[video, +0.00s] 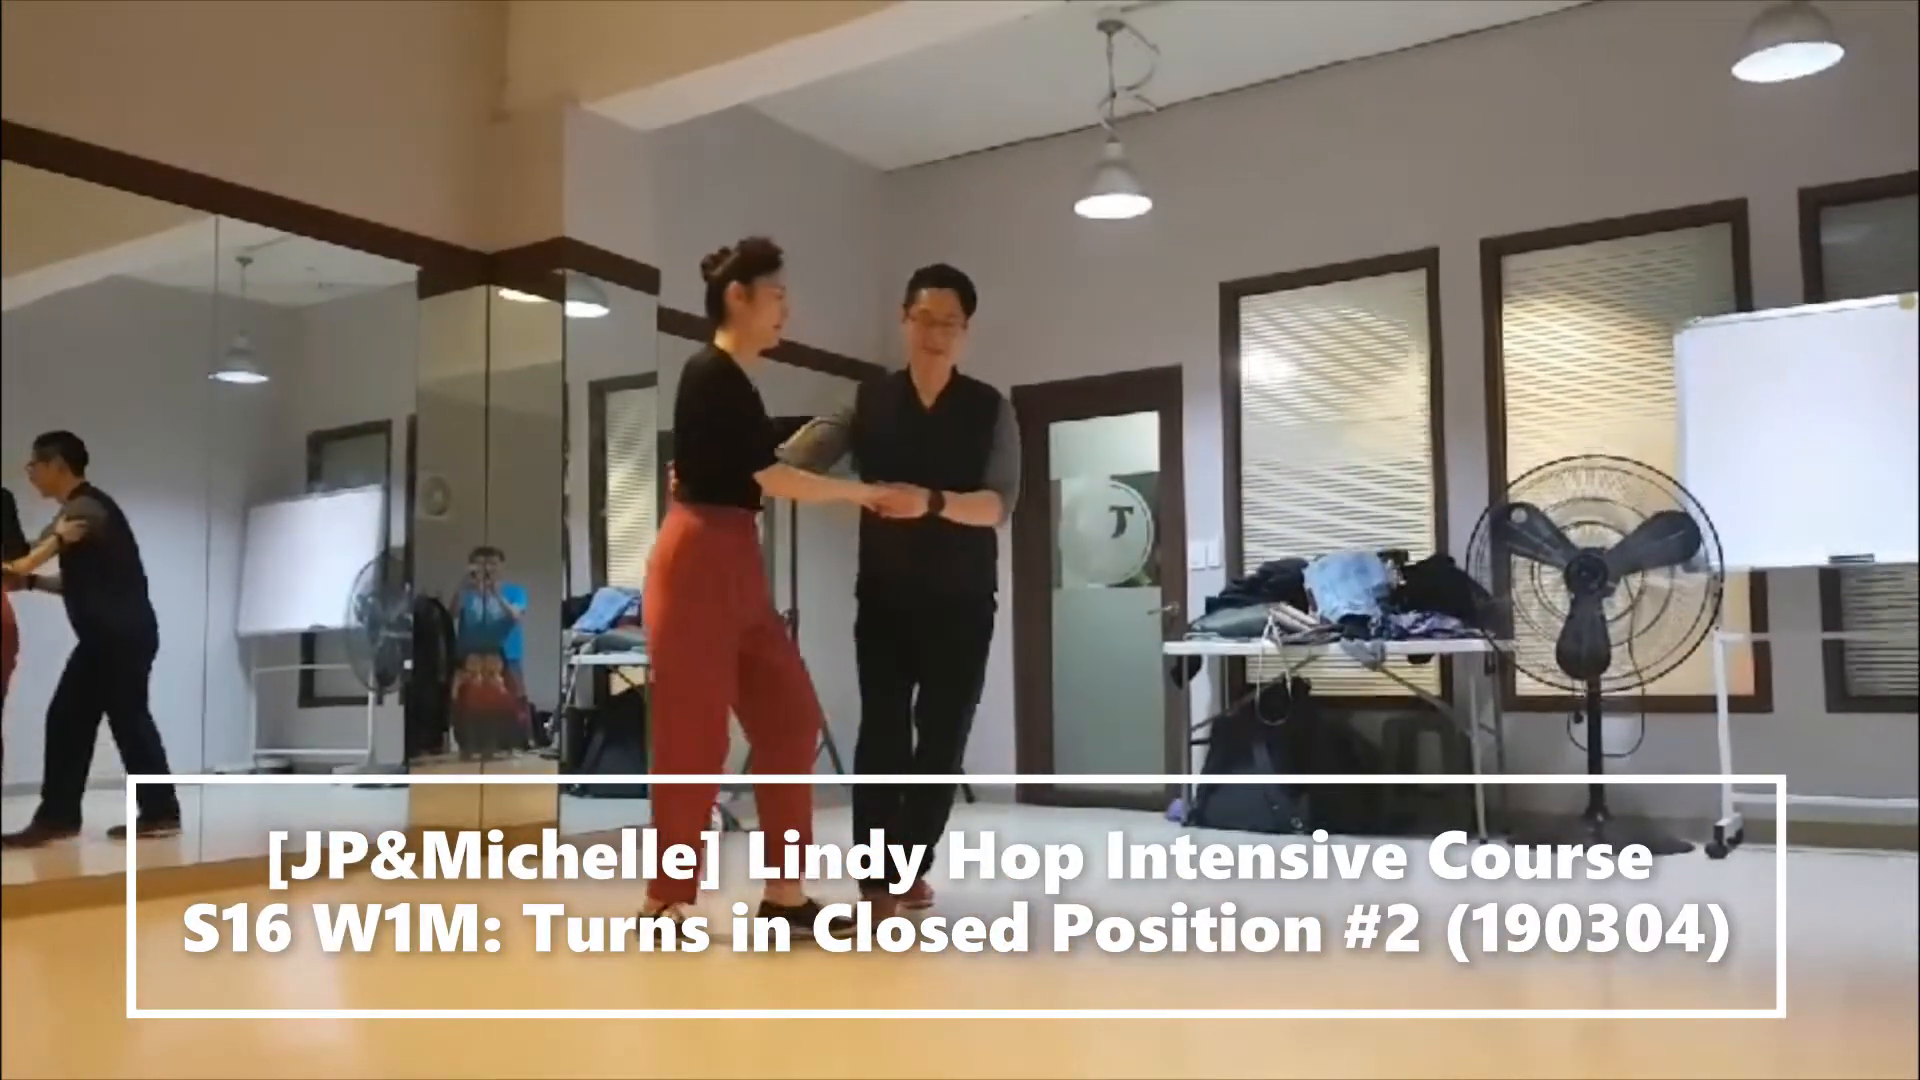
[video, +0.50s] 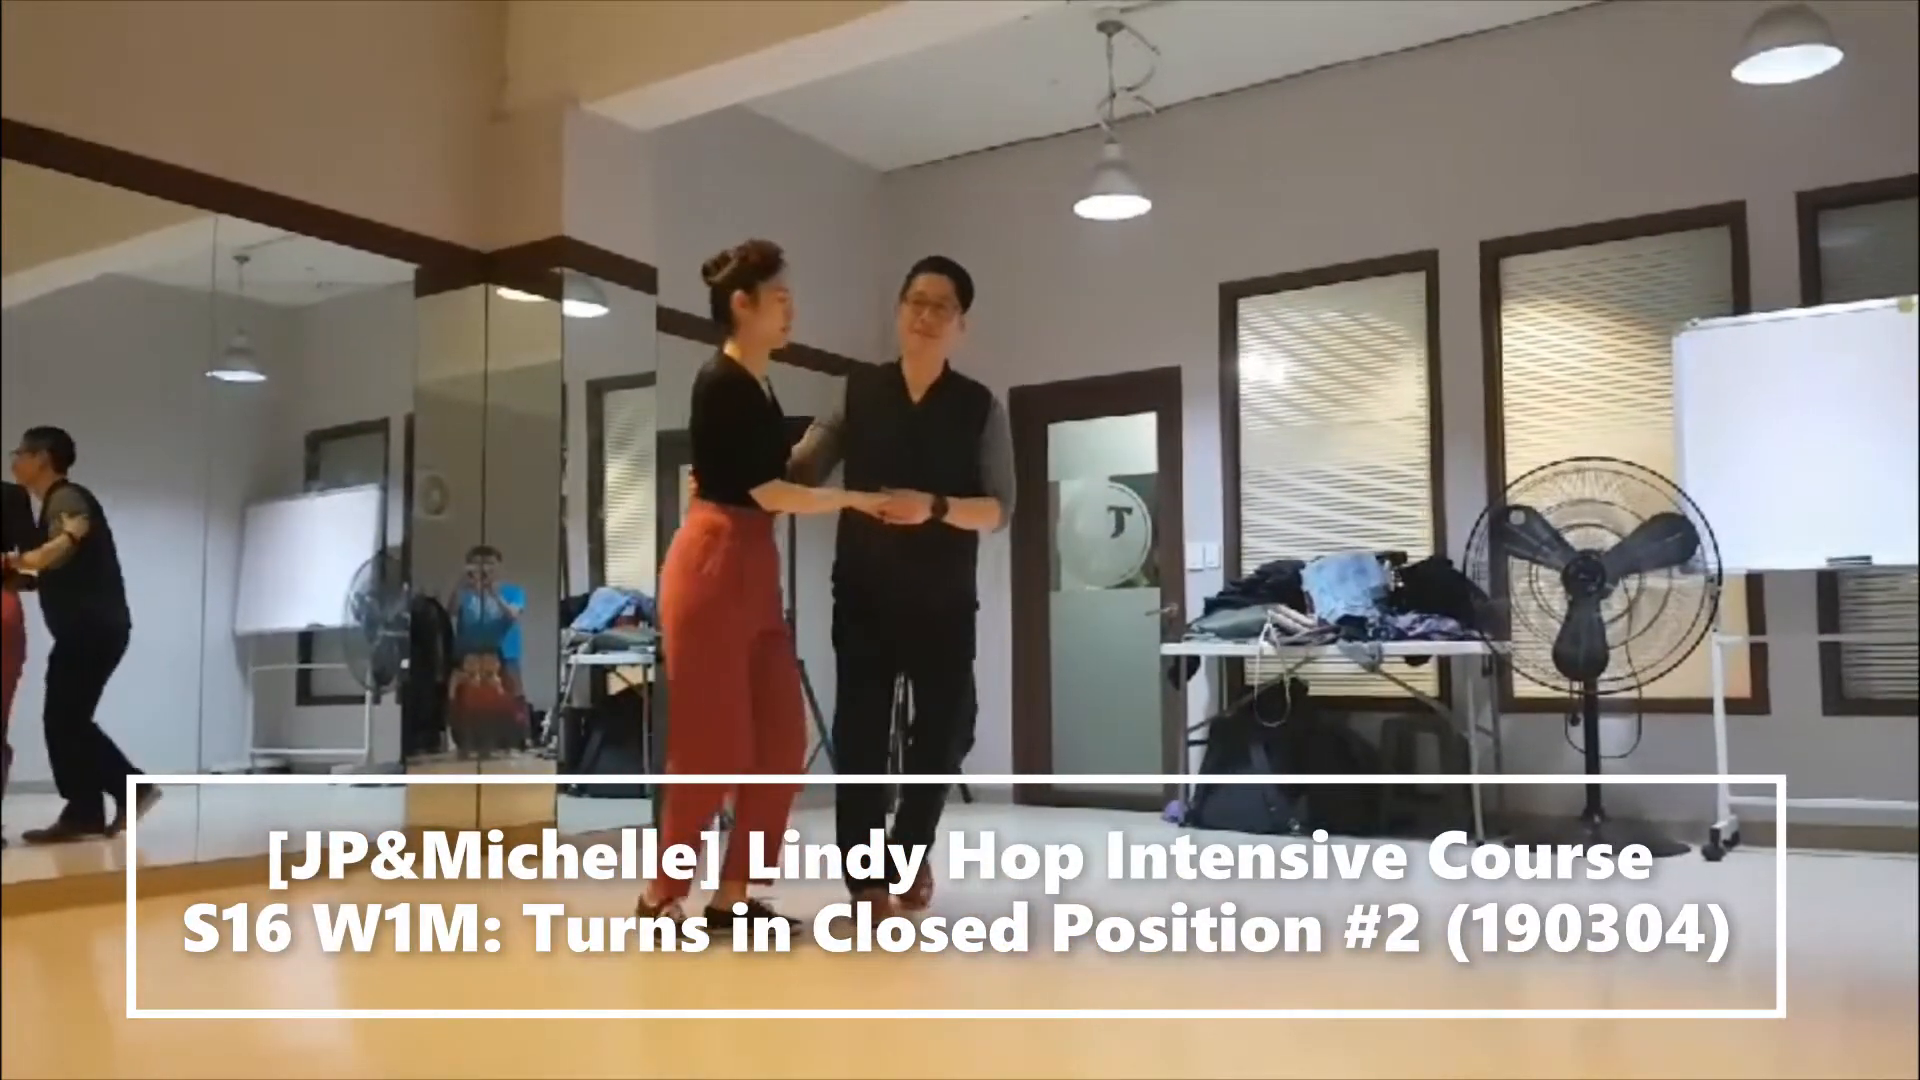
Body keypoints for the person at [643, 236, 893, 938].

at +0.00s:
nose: (785, 309)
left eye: (785, 296)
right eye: (776, 295)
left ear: (747, 300)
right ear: (736, 297)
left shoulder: (733, 378)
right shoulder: (713, 374)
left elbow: (725, 472)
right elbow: (771, 476)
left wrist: (806, 444)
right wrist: (868, 494)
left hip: (733, 567)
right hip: (694, 567)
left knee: (791, 719)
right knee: (693, 732)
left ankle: (784, 892)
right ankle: (668, 903)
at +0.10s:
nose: (771, 306)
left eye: (771, 294)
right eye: (761, 293)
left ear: (736, 298)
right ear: (722, 294)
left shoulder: (726, 378)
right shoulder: (697, 370)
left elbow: (746, 470)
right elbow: (759, 470)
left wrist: (797, 450)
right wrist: (853, 481)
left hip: (726, 563)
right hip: (677, 562)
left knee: (791, 713)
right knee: (671, 730)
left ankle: (783, 880)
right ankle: (655, 900)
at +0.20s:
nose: (763, 307)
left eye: (764, 294)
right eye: (751, 294)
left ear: (736, 302)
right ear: (711, 298)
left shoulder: (728, 382)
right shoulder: (690, 374)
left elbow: (752, 465)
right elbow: (752, 476)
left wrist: (813, 440)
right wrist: (849, 485)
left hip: (723, 564)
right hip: (673, 562)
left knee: (794, 721)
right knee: (668, 736)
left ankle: (769, 880)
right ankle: (651, 901)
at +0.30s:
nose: (761, 310)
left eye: (762, 298)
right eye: (749, 297)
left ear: (738, 306)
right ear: (710, 302)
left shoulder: (730, 384)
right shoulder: (689, 377)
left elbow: (749, 471)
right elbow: (750, 484)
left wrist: (805, 449)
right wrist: (846, 494)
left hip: (724, 571)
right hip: (674, 569)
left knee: (792, 722)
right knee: (669, 741)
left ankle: (753, 884)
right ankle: (650, 905)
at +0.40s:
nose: (773, 316)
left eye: (773, 303)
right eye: (761, 304)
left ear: (747, 312)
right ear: (722, 309)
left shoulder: (743, 391)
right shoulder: (704, 386)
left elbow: (770, 480)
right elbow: (755, 498)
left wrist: (827, 444)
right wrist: (858, 507)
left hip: (737, 583)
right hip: (690, 581)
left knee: (787, 742)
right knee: (685, 749)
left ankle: (735, 898)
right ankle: (658, 911)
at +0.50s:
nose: (790, 310)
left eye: (789, 298)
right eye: (778, 298)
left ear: (759, 307)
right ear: (741, 304)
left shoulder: (755, 384)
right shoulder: (723, 383)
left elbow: (779, 470)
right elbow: (769, 493)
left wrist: (827, 438)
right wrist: (857, 500)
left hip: (751, 573)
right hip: (710, 572)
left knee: (780, 734)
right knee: (712, 733)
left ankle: (736, 896)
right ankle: (663, 896)